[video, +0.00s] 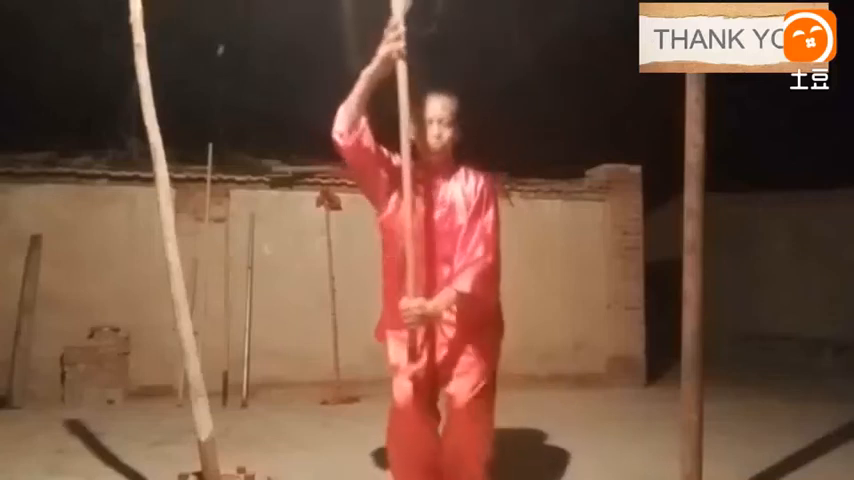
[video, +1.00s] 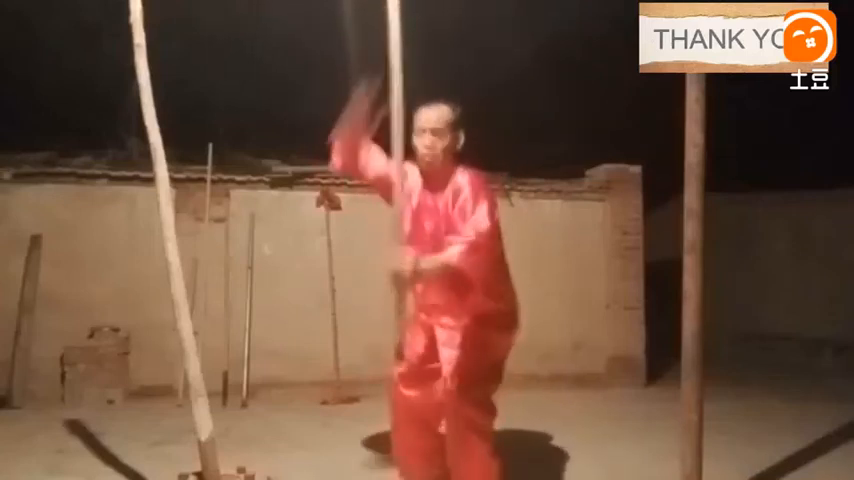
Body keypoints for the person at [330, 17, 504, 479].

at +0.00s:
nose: (438, 130)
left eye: (446, 122)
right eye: (431, 121)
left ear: (459, 128)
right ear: (416, 125)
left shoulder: (476, 184)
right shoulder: (391, 177)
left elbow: (480, 262)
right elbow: (346, 133)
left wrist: (436, 305)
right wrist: (376, 67)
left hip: (466, 323)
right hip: (406, 324)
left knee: (466, 408)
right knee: (406, 408)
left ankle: (467, 478)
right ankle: (415, 478)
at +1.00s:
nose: (426, 141)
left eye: (436, 133)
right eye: (420, 132)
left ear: (456, 140)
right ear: (412, 138)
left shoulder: (470, 185)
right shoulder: (405, 179)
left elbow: (475, 247)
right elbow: (352, 158)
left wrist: (420, 266)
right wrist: (357, 111)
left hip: (475, 314)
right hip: (426, 314)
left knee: (461, 399)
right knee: (410, 393)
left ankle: (475, 474)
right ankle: (420, 473)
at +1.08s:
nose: (431, 148)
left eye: (441, 140)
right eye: (425, 139)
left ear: (460, 146)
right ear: (416, 145)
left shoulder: (471, 191)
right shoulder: (409, 186)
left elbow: (464, 256)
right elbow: (368, 178)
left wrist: (414, 286)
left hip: (480, 318)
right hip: (433, 316)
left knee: (459, 399)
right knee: (409, 387)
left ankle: (473, 474)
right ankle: (420, 464)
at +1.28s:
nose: (427, 164)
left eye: (437, 156)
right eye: (422, 155)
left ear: (457, 162)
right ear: (415, 161)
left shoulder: (459, 206)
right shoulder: (423, 204)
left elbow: (454, 254)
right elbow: (396, 218)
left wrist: (422, 285)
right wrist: (345, 203)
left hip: (476, 327)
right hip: (443, 325)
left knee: (454, 401)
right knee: (433, 407)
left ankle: (472, 472)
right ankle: (457, 471)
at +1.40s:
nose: (420, 172)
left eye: (430, 164)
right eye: (416, 164)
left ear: (449, 171)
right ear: (409, 170)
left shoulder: (452, 210)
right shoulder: (419, 209)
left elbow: (428, 234)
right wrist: (341, 201)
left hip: (466, 332)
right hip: (439, 331)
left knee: (455, 429)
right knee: (438, 431)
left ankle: (467, 474)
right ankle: (448, 473)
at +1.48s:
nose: (418, 175)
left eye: (427, 167)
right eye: (414, 167)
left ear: (446, 173)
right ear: (409, 173)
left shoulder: (450, 209)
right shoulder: (422, 212)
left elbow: (439, 240)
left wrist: (390, 196)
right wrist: (426, 339)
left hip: (472, 321)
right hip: (444, 319)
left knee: (445, 382)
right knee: (416, 370)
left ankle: (466, 470)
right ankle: (432, 447)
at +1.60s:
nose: (419, 178)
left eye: (429, 171)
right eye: (414, 171)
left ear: (444, 176)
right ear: (408, 176)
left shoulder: (451, 213)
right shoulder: (420, 213)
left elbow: (441, 242)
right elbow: (394, 213)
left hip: (466, 317)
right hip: (435, 317)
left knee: (432, 369)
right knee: (412, 371)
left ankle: (463, 467)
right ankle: (429, 439)